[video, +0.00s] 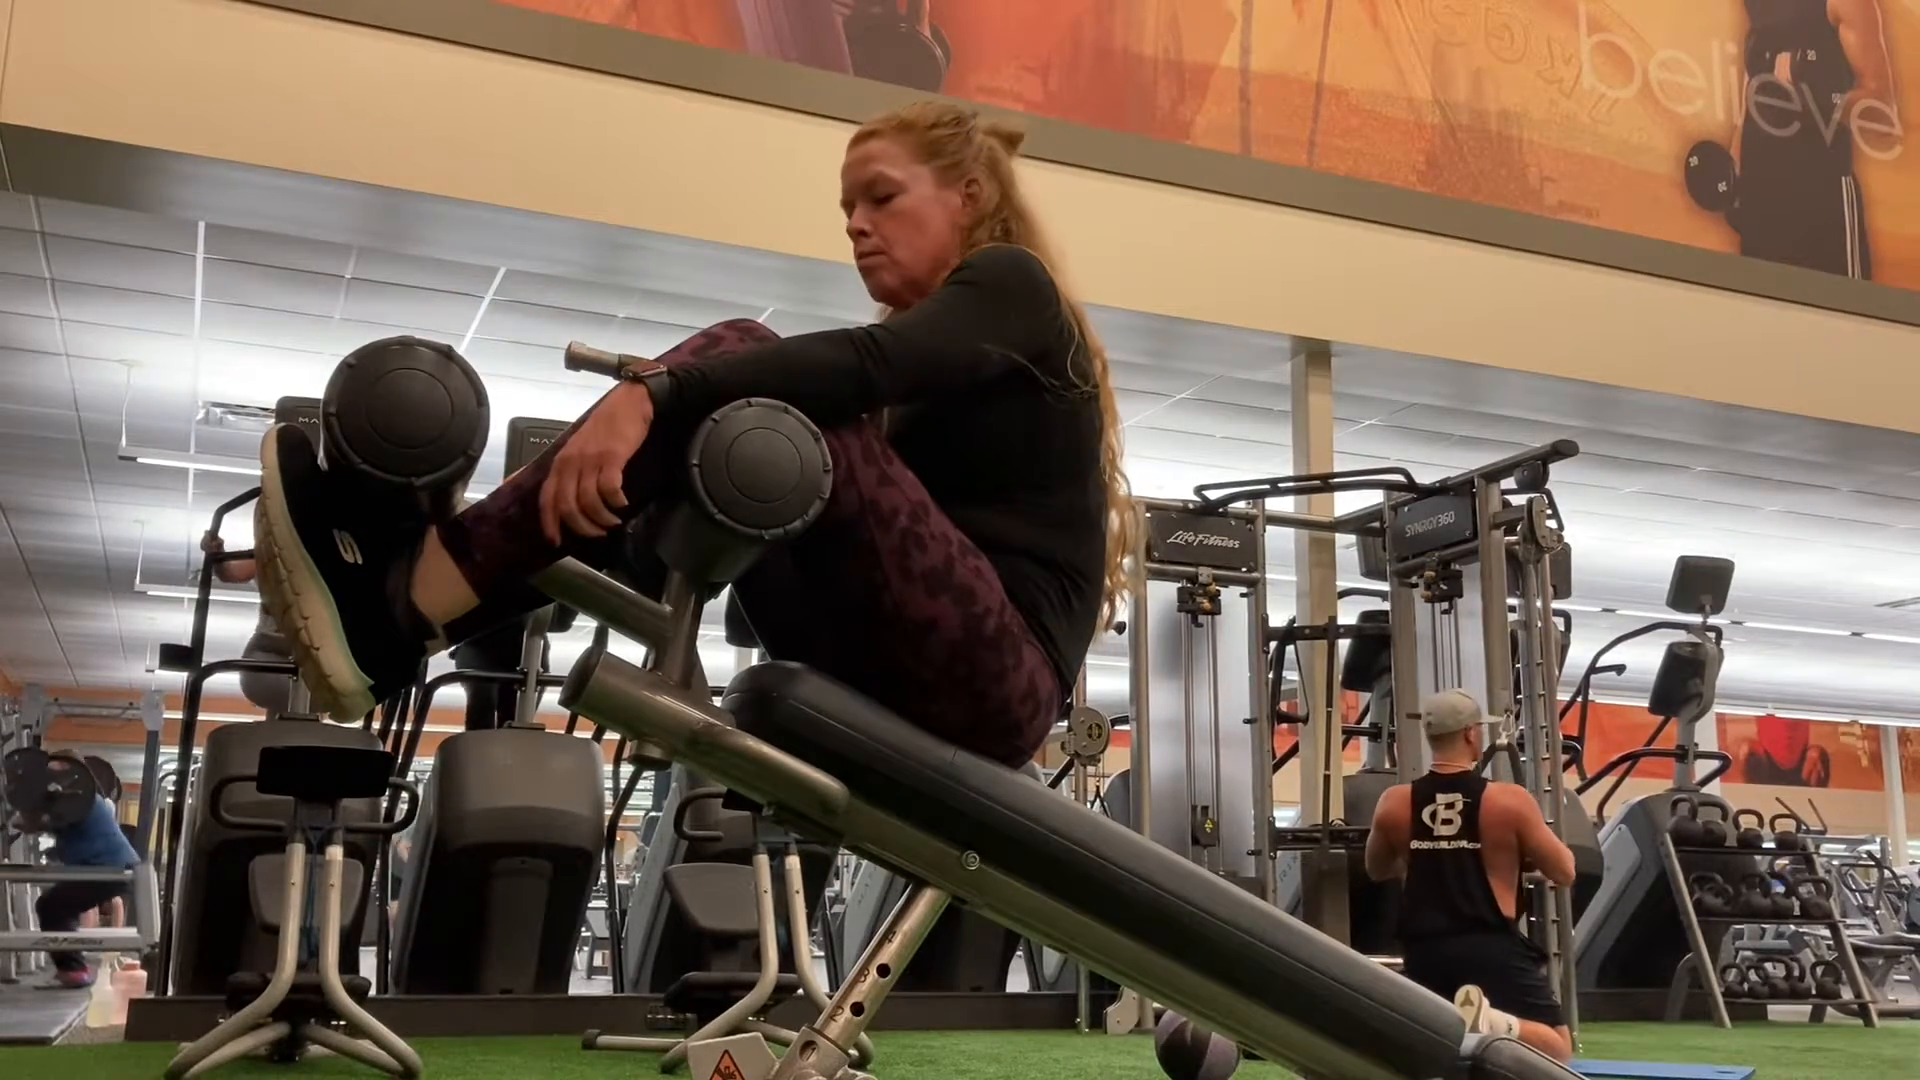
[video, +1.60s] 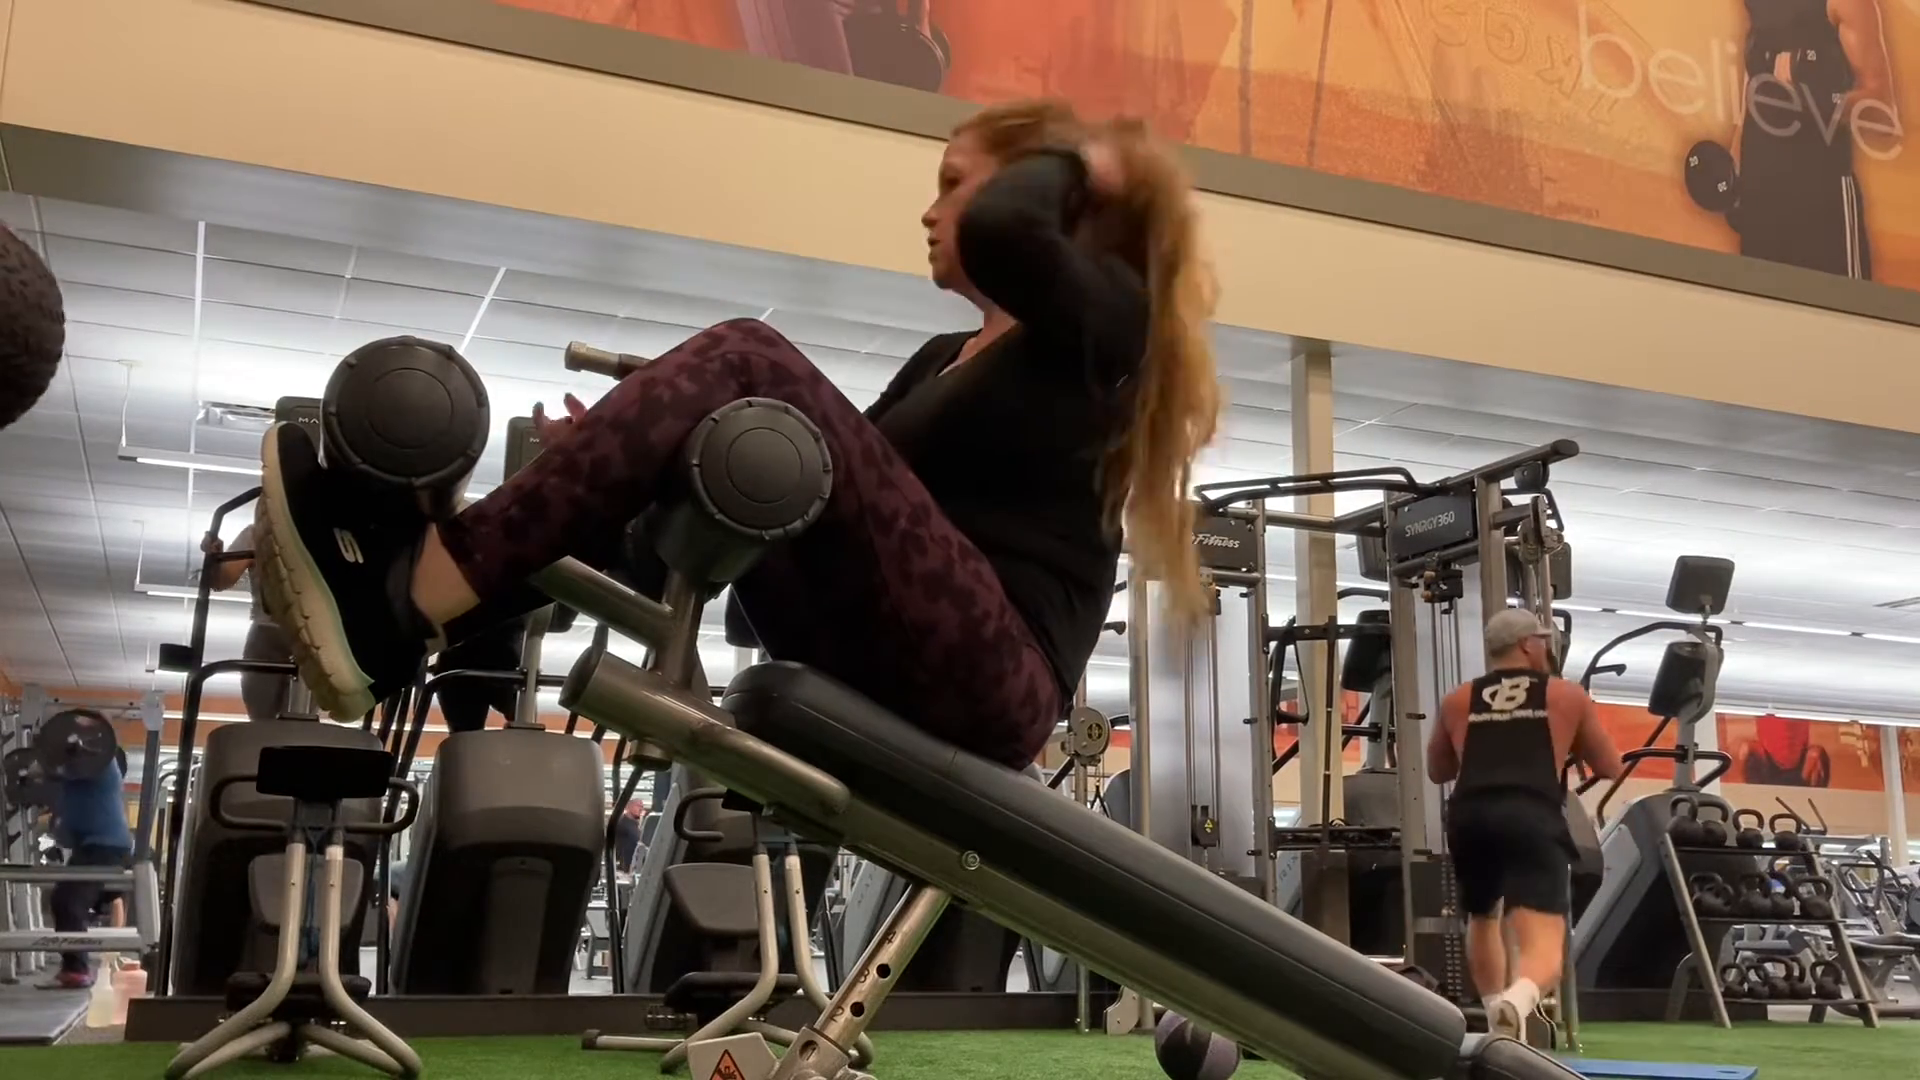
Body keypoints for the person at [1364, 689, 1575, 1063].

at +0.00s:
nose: (1482, 735)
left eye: (1480, 727)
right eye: (1480, 728)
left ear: (1429, 736)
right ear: (1471, 734)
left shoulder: (1394, 802)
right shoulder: (1510, 801)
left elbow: (1376, 868)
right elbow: (1565, 872)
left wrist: (1418, 851)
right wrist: (1531, 854)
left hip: (1424, 957)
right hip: (1494, 956)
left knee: (1437, 1051)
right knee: (1561, 1048)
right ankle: (1494, 1022)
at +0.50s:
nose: (1544, 715)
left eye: (1542, 706)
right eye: (1540, 707)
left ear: (1489, 715)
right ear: (1526, 713)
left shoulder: (1454, 781)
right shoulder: (1572, 777)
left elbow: (1433, 846)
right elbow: (1614, 844)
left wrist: (1476, 819)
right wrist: (1579, 808)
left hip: (1470, 930)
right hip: (1540, 933)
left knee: (1464, 1040)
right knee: (1566, 1051)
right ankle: (1503, 1019)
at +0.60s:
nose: (1556, 709)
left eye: (1554, 701)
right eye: (1553, 701)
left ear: (1500, 709)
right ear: (1539, 707)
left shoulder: (1465, 774)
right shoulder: (1587, 771)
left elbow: (1439, 835)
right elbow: (1622, 838)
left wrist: (1485, 805)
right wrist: (1586, 800)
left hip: (1478, 923)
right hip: (1550, 925)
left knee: (1453, 1029)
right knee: (1565, 1050)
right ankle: (1509, 1019)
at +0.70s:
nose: (1563, 704)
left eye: (1560, 697)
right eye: (1560, 697)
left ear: (1509, 707)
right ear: (1550, 705)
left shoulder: (1477, 769)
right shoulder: (1599, 768)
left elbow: (1441, 832)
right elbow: (1628, 834)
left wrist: (1478, 799)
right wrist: (1586, 801)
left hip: (1487, 906)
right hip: (1558, 916)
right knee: (1566, 1047)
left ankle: (1437, 995)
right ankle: (1511, 1019)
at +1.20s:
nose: (1564, 707)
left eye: (1563, 701)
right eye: (1561, 701)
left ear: (1510, 706)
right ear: (1547, 705)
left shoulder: (1473, 756)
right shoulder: (1591, 763)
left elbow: (1443, 803)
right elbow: (1619, 823)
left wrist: (1487, 793)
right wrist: (1592, 785)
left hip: (1481, 902)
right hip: (1550, 911)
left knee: (1464, 927)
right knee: (1565, 1048)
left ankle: (1492, 1029)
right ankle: (1526, 1018)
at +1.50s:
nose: (1549, 671)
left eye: (1547, 662)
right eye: (1545, 662)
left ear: (1495, 671)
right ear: (1528, 668)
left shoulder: (1458, 722)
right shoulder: (1573, 721)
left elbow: (1437, 789)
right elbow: (1613, 792)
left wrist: (1481, 768)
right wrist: (1582, 764)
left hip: (1467, 848)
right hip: (1531, 849)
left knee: (1478, 922)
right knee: (1542, 986)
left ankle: (1499, 1020)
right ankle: (1509, 1009)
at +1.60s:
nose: (1548, 650)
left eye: (1545, 641)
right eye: (1542, 642)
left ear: (1495, 651)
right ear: (1526, 646)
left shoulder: (1457, 699)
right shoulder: (1568, 695)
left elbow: (1438, 771)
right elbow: (1610, 768)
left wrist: (1479, 748)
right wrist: (1584, 754)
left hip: (1470, 817)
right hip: (1533, 815)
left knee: (1483, 920)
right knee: (1543, 948)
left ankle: (1500, 1030)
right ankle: (1513, 1003)